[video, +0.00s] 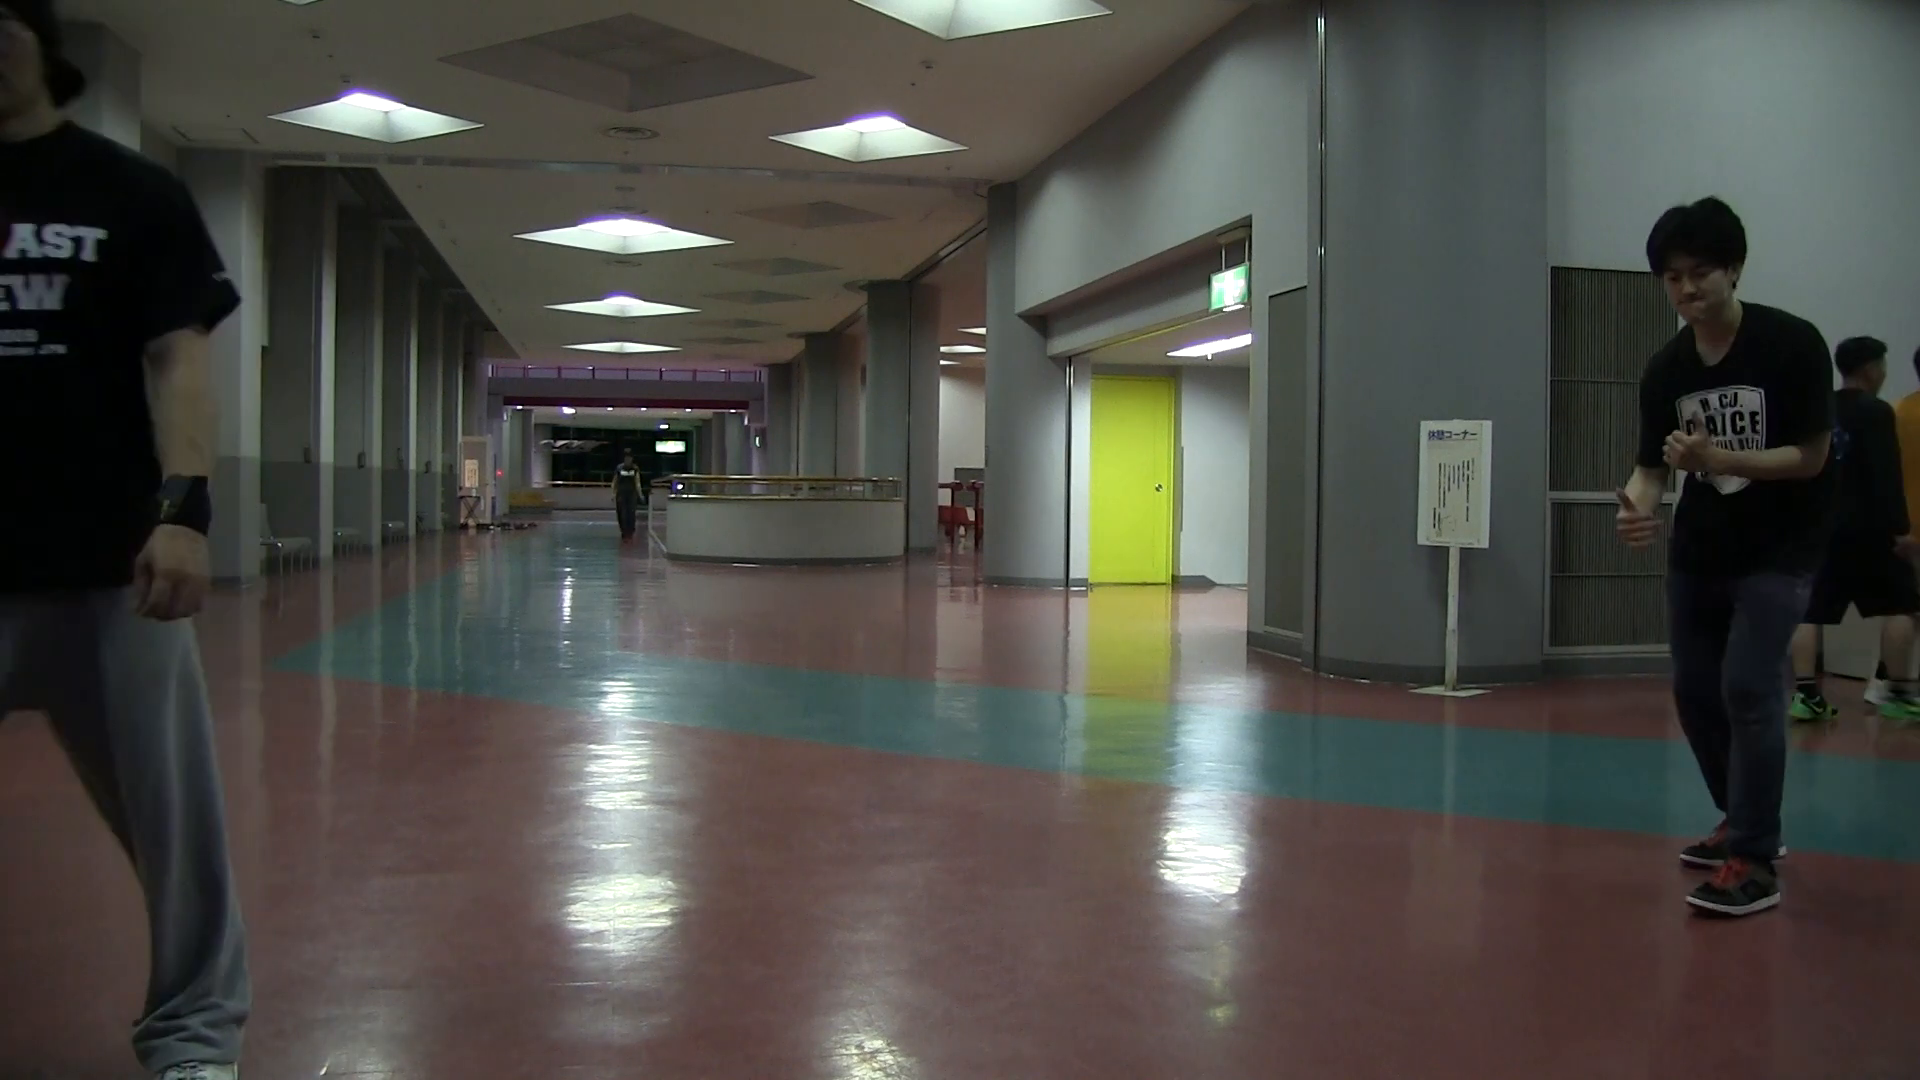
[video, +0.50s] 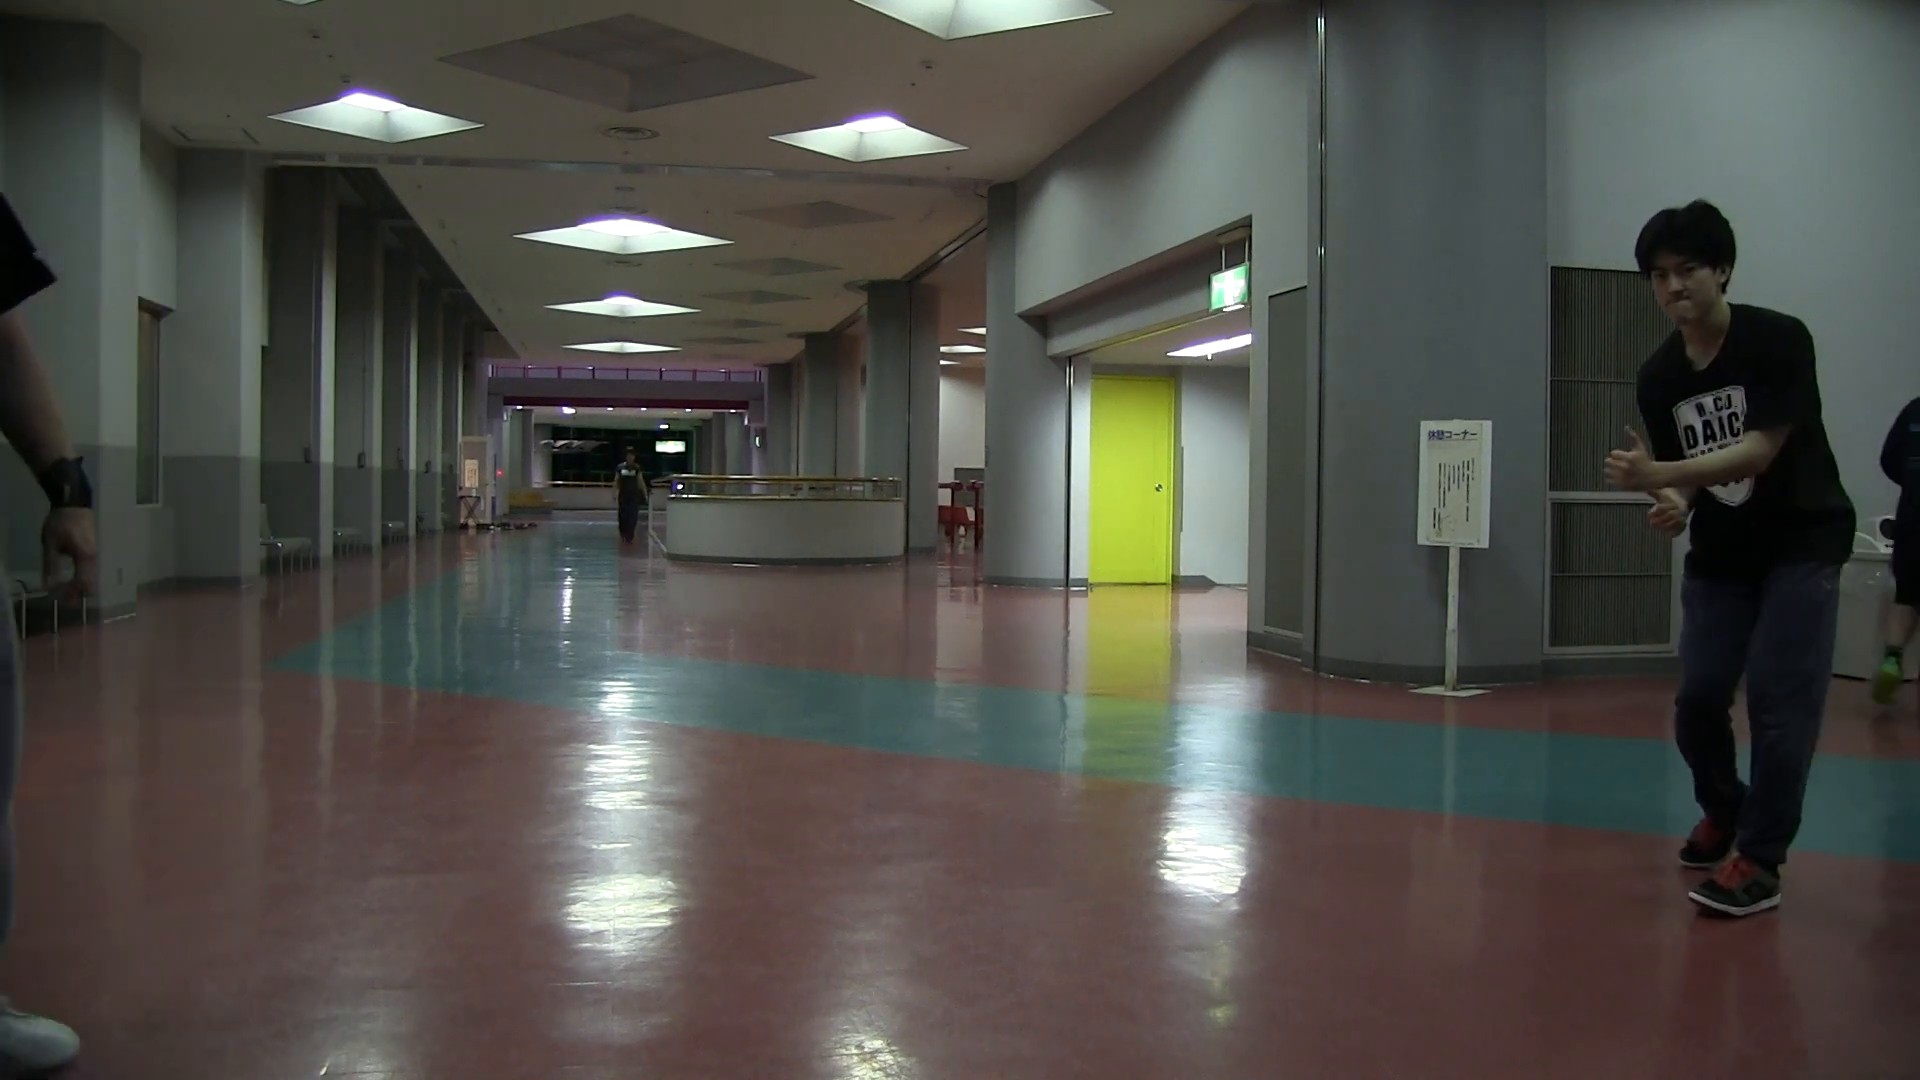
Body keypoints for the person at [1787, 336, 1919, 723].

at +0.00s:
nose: (1884, 373)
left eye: (1883, 365)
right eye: (1881, 366)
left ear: (1843, 369)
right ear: (1867, 369)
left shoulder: (1819, 408)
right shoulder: (1877, 412)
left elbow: (1807, 476)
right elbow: (1888, 476)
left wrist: (1807, 522)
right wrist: (1900, 528)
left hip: (1822, 527)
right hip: (1869, 528)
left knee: (1809, 611)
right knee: (1900, 607)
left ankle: (1805, 694)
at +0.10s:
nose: (1906, 380)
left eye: (1904, 373)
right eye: (1903, 374)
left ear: (1866, 376)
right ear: (1893, 376)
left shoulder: (1839, 414)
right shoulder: (1900, 420)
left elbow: (1821, 477)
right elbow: (1906, 483)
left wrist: (1817, 523)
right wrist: (1911, 532)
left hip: (1835, 531)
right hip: (1886, 536)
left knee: (1811, 609)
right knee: (1911, 605)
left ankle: (1807, 692)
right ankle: (1893, 675)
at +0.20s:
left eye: (1917, 377)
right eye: (1919, 378)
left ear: (1891, 379)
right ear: (1916, 380)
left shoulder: (1861, 418)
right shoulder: (1914, 421)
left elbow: (1843, 479)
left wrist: (1838, 530)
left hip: (1855, 533)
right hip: (1905, 536)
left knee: (1836, 604)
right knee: (1916, 614)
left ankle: (1811, 680)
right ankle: (1912, 668)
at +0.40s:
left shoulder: (1905, 409)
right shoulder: (1904, 410)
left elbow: (1878, 462)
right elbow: (1880, 462)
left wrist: (1902, 488)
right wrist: (1902, 488)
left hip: (1901, 521)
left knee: (1892, 593)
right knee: (1892, 594)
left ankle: (1860, 646)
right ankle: (1861, 646)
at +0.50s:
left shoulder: (1911, 413)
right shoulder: (1910, 413)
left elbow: (1889, 460)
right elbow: (1891, 460)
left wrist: (1911, 481)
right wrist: (1910, 482)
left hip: (1910, 525)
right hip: (1909, 525)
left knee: (1906, 595)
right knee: (1905, 595)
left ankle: (1892, 656)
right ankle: (1892, 656)